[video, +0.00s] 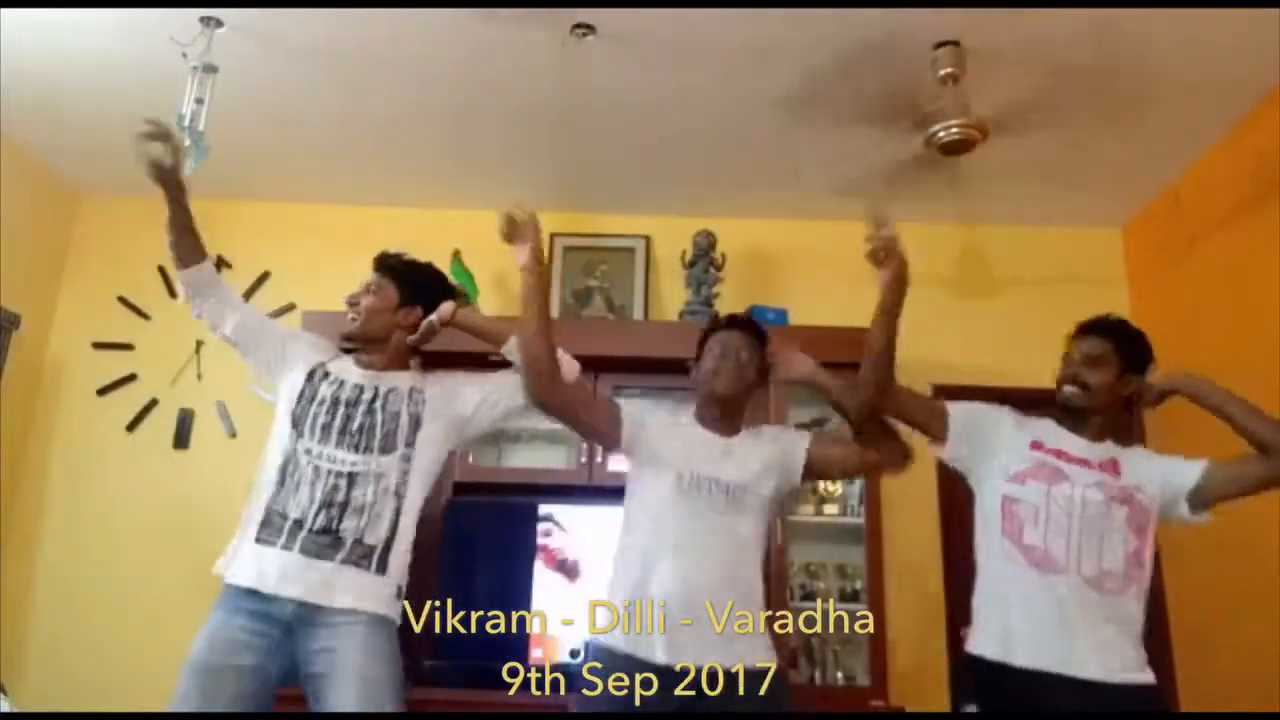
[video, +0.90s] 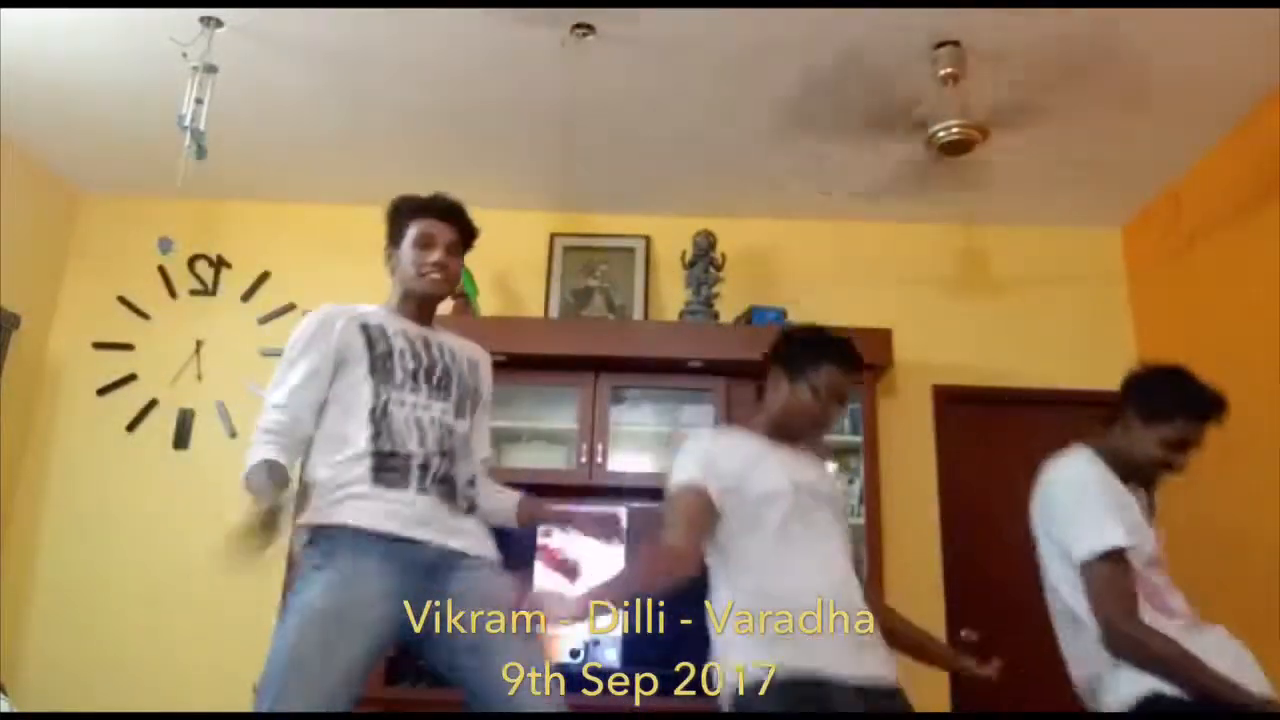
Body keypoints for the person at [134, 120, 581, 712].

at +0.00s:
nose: (354, 300)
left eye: (374, 293)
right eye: (361, 290)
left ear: (413, 319)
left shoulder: (447, 399)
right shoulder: (302, 359)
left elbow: (551, 380)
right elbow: (211, 296)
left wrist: (462, 320)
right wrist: (174, 193)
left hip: (355, 617)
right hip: (251, 599)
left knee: (364, 703)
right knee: (193, 704)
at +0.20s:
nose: (348, 290)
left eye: (366, 282)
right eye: (354, 280)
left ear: (409, 309)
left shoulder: (438, 396)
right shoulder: (302, 349)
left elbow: (546, 433)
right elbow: (215, 291)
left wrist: (458, 357)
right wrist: (153, 194)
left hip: (355, 605)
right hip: (255, 588)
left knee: (359, 703)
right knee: (202, 703)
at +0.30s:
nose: (361, 289)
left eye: (382, 282)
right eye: (359, 277)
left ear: (418, 305)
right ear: (351, 286)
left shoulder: (441, 391)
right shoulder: (307, 348)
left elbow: (476, 518)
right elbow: (206, 308)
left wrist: (422, 458)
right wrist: (96, 239)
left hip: (370, 608)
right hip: (266, 591)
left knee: (375, 705)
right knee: (220, 702)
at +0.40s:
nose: (373, 287)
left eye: (393, 279)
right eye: (367, 275)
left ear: (423, 305)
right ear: (355, 286)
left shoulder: (445, 401)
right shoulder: (306, 350)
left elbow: (446, 537)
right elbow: (220, 341)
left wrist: (399, 553)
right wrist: (145, 335)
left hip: (376, 619)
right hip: (272, 604)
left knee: (400, 704)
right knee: (218, 705)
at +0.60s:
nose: (394, 319)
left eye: (413, 316)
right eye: (385, 309)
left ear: (431, 346)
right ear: (364, 327)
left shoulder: (449, 443)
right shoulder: (301, 408)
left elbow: (450, 583)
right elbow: (197, 525)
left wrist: (356, 627)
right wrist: (284, 623)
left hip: (387, 649)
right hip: (279, 639)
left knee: (427, 706)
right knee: (238, 704)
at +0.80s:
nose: (429, 262)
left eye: (443, 254)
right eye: (414, 249)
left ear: (453, 274)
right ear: (384, 263)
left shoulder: (469, 368)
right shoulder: (327, 337)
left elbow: (470, 494)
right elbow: (266, 469)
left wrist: (549, 501)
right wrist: (320, 490)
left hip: (446, 578)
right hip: (341, 567)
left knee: (502, 705)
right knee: (276, 705)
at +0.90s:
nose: (438, 257)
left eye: (452, 249)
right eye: (422, 244)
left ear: (463, 268)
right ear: (393, 256)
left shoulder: (473, 362)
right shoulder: (336, 326)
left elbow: (470, 482)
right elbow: (280, 430)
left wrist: (539, 513)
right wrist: (268, 493)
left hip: (464, 555)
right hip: (358, 543)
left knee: (534, 698)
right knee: (295, 700)